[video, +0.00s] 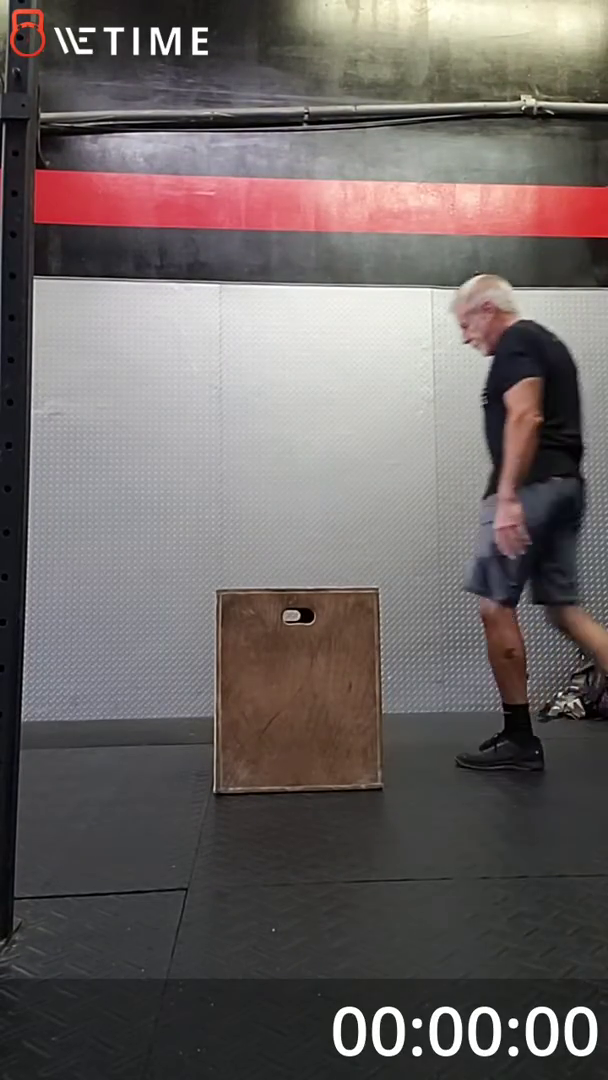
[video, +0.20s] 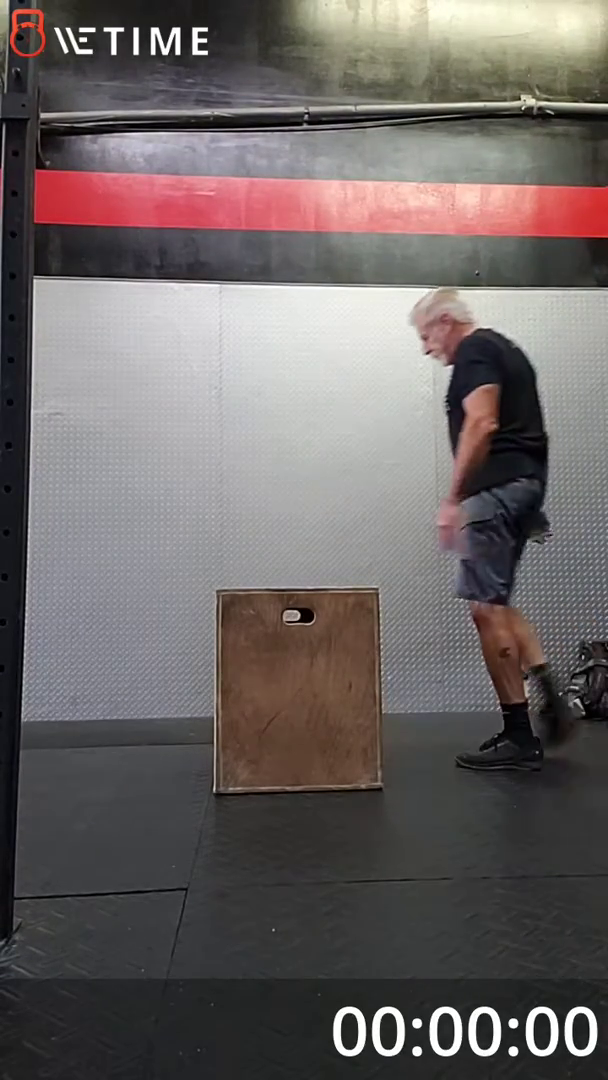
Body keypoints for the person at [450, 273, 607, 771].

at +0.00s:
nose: (466, 336)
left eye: (468, 325)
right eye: (462, 328)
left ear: (490, 311)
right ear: (499, 312)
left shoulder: (516, 342)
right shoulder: (549, 343)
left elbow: (526, 416)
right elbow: (562, 428)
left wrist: (507, 498)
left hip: (529, 491)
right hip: (562, 488)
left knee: (495, 608)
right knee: (564, 608)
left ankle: (519, 738)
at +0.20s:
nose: (427, 349)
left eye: (427, 338)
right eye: (423, 341)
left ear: (448, 323)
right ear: (452, 323)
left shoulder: (475, 350)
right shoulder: (504, 349)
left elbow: (483, 422)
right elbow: (526, 433)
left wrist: (453, 498)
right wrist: (527, 503)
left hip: (495, 492)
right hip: (518, 489)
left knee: (485, 610)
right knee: (498, 604)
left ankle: (519, 736)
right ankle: (549, 692)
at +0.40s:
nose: (390, 370)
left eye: (390, 360)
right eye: (386, 363)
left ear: (409, 344)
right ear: (411, 346)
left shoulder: (439, 368)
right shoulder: (462, 371)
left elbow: (442, 434)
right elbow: (485, 450)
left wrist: (399, 498)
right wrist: (488, 515)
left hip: (461, 501)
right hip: (476, 500)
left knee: (473, 610)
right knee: (454, 612)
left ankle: (520, 736)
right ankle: (444, 709)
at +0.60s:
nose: (362, 380)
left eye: (364, 369)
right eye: (359, 372)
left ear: (385, 357)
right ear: (386, 358)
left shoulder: (411, 383)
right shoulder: (421, 383)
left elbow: (421, 446)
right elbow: (432, 454)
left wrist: (389, 511)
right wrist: (405, 513)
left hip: (431, 509)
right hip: (437, 508)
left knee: (423, 614)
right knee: (425, 614)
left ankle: (499, 713)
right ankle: (433, 718)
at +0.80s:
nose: (335, 382)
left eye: (339, 373)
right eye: (332, 376)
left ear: (361, 362)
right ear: (358, 367)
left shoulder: (387, 388)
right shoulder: (381, 394)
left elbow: (412, 445)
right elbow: (400, 454)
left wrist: (399, 509)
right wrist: (382, 509)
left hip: (391, 513)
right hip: (411, 510)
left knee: (365, 608)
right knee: (412, 610)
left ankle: (420, 700)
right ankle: (430, 715)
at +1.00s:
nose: (306, 386)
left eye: (308, 377)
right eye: (303, 379)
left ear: (332, 367)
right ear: (325, 372)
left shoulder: (358, 393)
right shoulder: (344, 404)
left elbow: (386, 451)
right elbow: (361, 462)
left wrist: (378, 515)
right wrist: (346, 515)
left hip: (357, 524)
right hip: (370, 520)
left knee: (338, 624)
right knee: (399, 617)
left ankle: (336, 725)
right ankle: (429, 712)